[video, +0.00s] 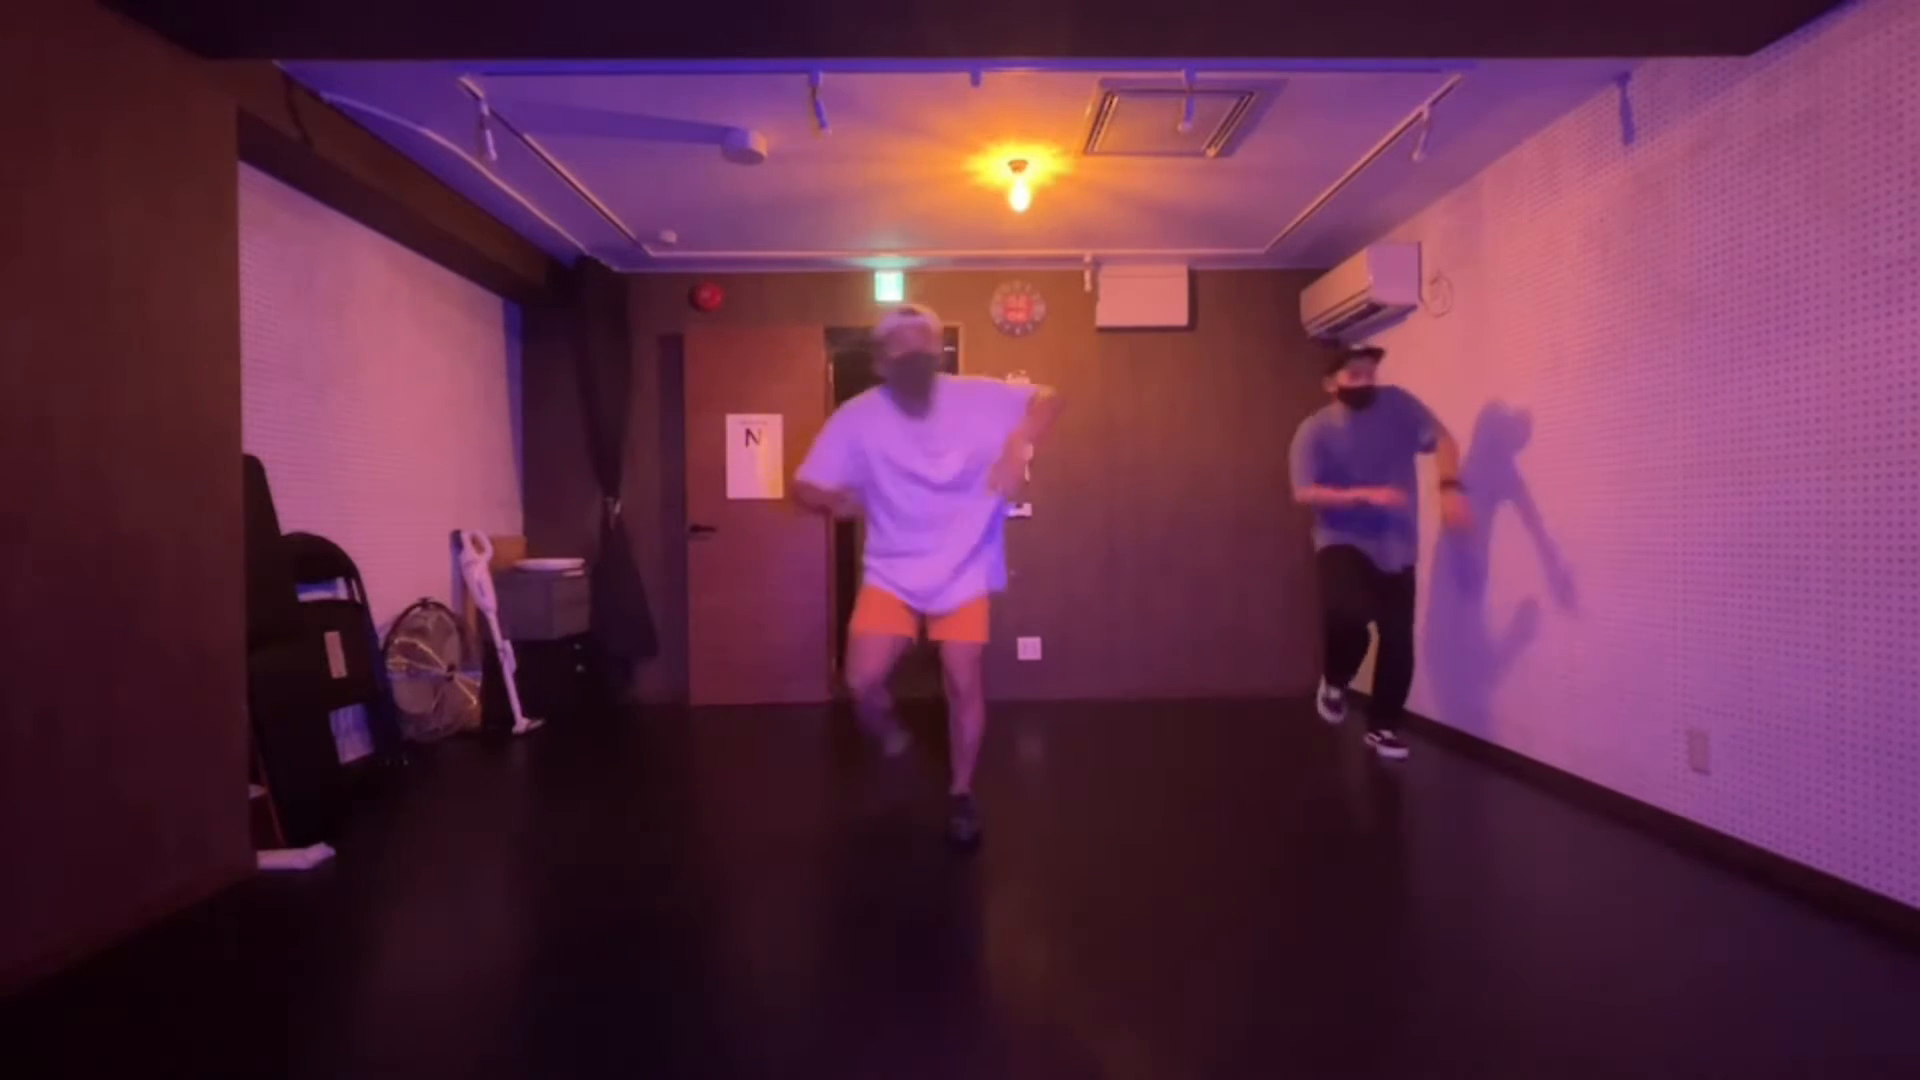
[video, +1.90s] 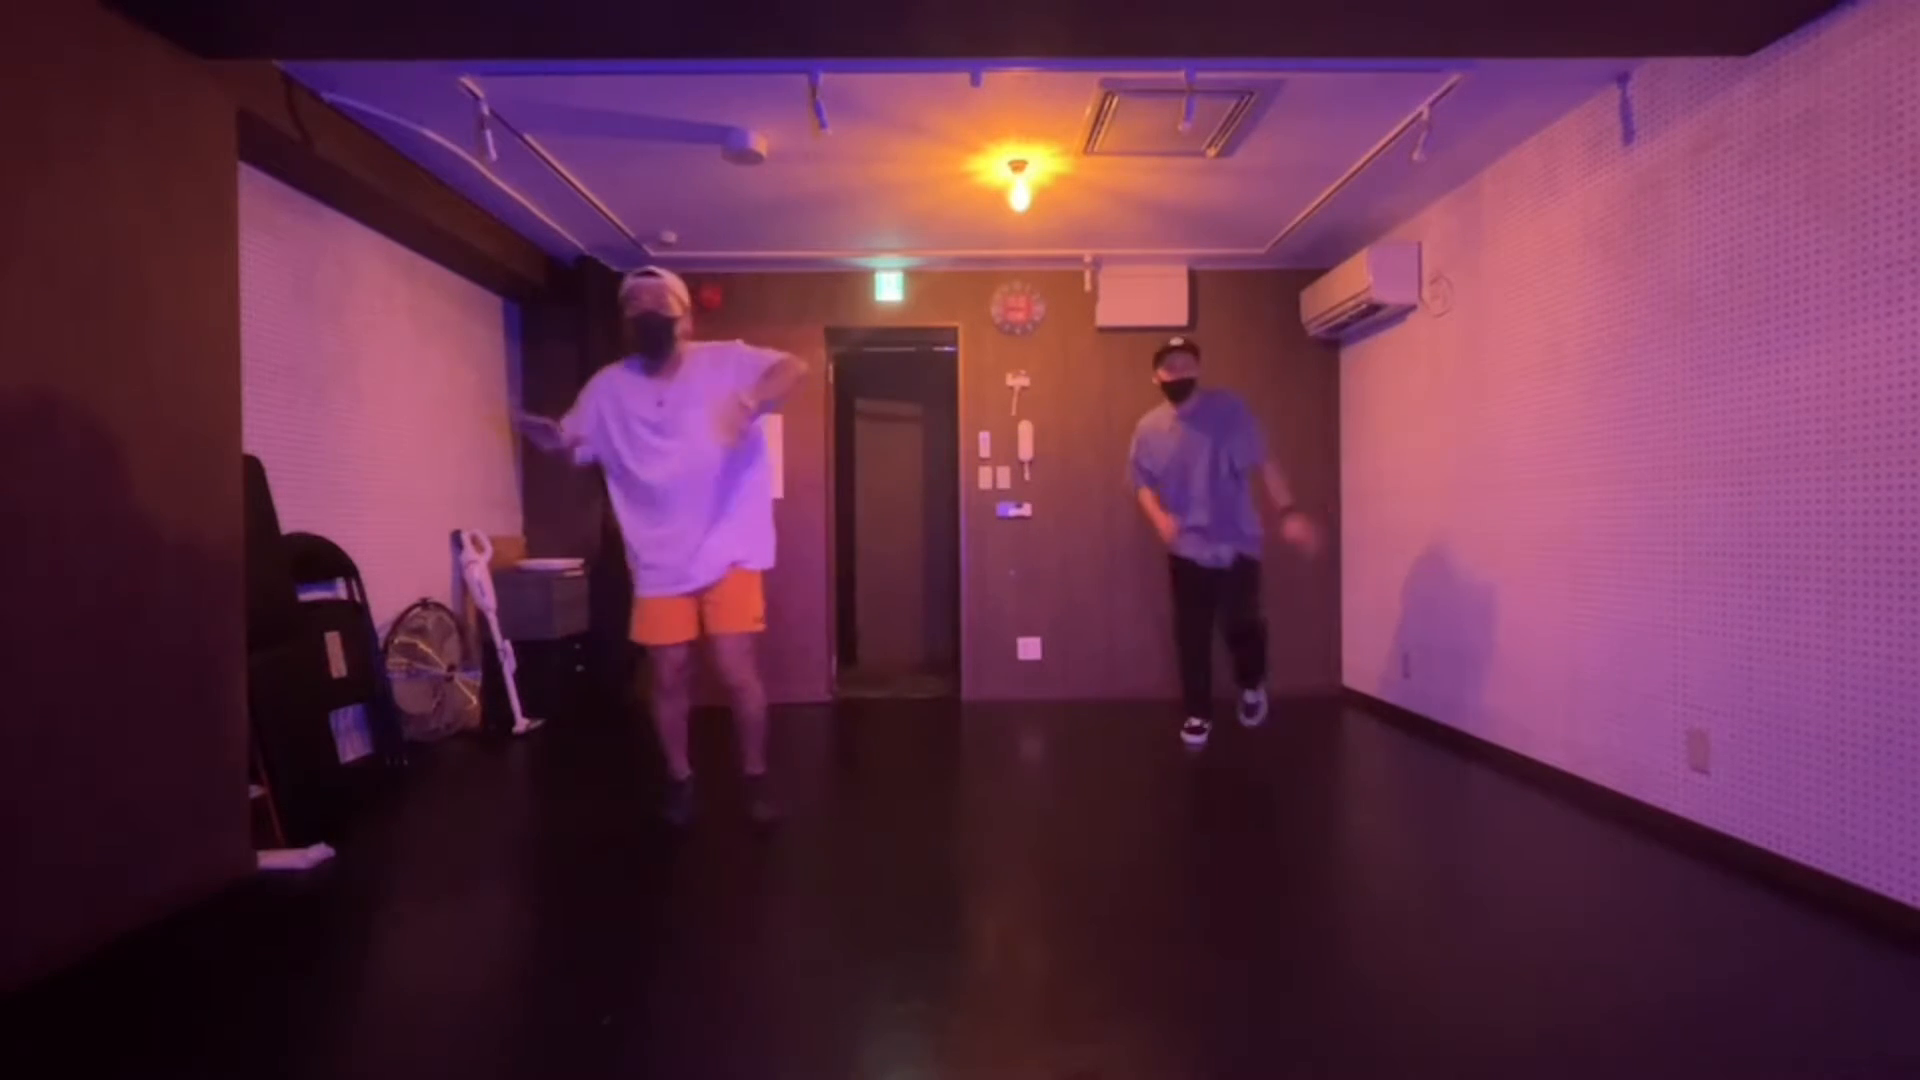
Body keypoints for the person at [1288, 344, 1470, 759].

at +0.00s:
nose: (1362, 381)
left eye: (1367, 372)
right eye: (1353, 373)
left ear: (1376, 373)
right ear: (1332, 378)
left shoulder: (1396, 405)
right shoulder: (1316, 429)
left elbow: (1444, 443)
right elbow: (1304, 492)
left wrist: (1449, 488)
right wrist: (1367, 494)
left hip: (1394, 547)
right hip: (1342, 544)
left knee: (1397, 639)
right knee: (1348, 622)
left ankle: (1383, 725)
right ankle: (1335, 683)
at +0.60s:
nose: (1331, 365)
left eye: (1337, 356)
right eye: (1323, 356)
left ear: (1346, 356)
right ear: (1304, 357)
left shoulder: (1361, 392)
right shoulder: (1279, 395)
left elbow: (1399, 434)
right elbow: (1254, 450)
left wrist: (1379, 467)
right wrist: (1308, 477)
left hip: (1345, 539)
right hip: (1293, 542)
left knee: (1358, 633)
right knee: (1301, 641)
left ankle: (1347, 693)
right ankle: (1313, 733)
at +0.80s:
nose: (1334, 387)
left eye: (1341, 378)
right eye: (1326, 377)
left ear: (1349, 381)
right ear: (1307, 379)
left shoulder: (1352, 434)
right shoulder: (1278, 411)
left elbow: (1360, 494)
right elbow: (1245, 461)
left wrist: (1351, 488)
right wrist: (1249, 520)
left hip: (1323, 558)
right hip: (1274, 552)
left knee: (1333, 650)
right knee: (1297, 646)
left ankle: (1275, 699)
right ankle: (1314, 733)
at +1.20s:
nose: (1296, 367)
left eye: (1304, 360)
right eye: (1287, 359)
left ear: (1313, 370)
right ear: (1269, 367)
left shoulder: (1318, 414)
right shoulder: (1243, 403)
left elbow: (1361, 451)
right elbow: (1188, 440)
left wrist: (1336, 442)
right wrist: (1191, 493)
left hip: (1289, 544)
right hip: (1244, 537)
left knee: (1283, 636)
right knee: (1271, 632)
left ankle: (1253, 718)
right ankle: (1283, 727)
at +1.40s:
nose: (1259, 358)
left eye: (1266, 350)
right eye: (1250, 350)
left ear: (1278, 358)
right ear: (1232, 361)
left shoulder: (1297, 407)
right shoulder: (1213, 408)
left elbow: (1330, 448)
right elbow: (1170, 452)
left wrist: (1293, 469)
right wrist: (1179, 503)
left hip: (1274, 538)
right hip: (1227, 532)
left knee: (1269, 626)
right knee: (1232, 618)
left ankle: (1256, 716)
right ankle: (1217, 710)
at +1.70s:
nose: (1201, 376)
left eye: (1209, 366)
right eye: (1192, 367)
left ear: (1221, 369)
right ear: (1179, 375)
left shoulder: (1250, 412)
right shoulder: (1169, 424)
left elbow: (1270, 468)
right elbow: (1150, 482)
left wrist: (1236, 496)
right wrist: (1161, 530)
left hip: (1251, 549)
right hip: (1201, 550)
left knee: (1259, 634)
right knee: (1201, 635)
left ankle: (1257, 713)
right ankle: (1198, 714)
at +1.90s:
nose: (1176, 374)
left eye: (1184, 365)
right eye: (1168, 366)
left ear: (1198, 369)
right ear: (1156, 374)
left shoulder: (1226, 410)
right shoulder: (1149, 427)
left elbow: (1263, 461)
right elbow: (1141, 482)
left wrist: (1287, 510)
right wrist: (1161, 520)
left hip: (1236, 542)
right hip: (1187, 547)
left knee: (1242, 624)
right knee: (1191, 635)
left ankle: (1251, 687)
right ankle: (1197, 713)